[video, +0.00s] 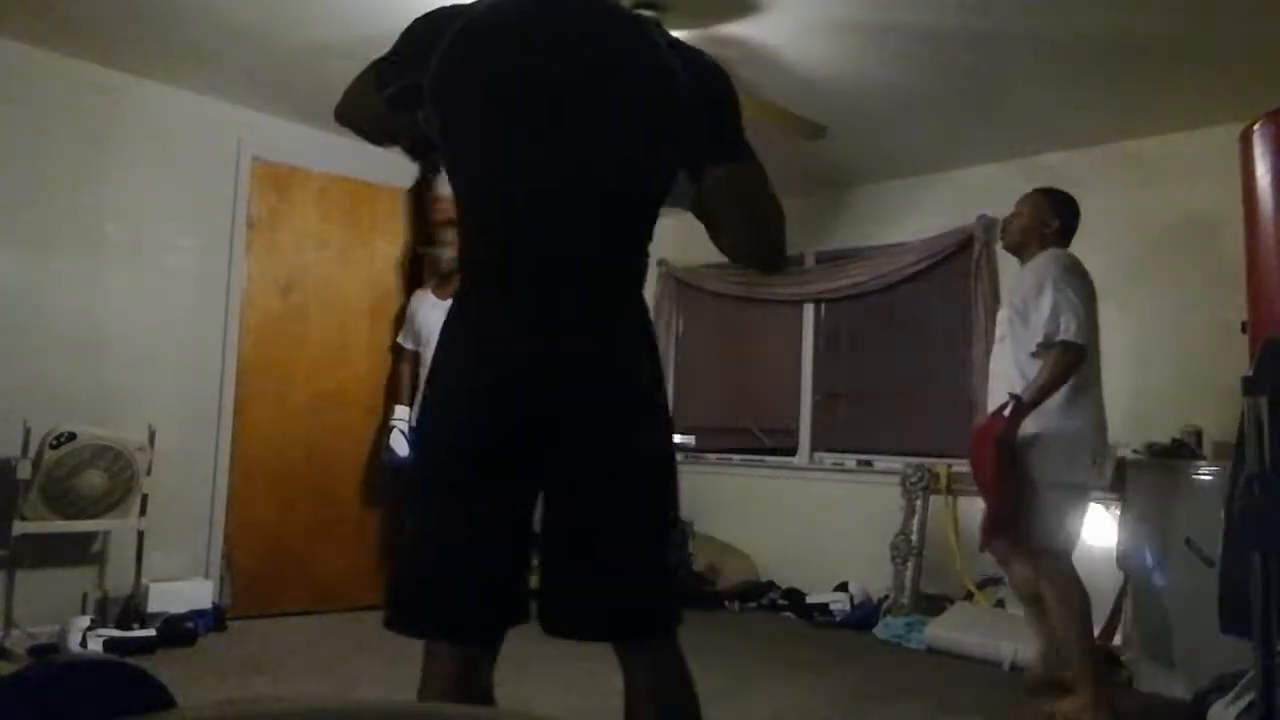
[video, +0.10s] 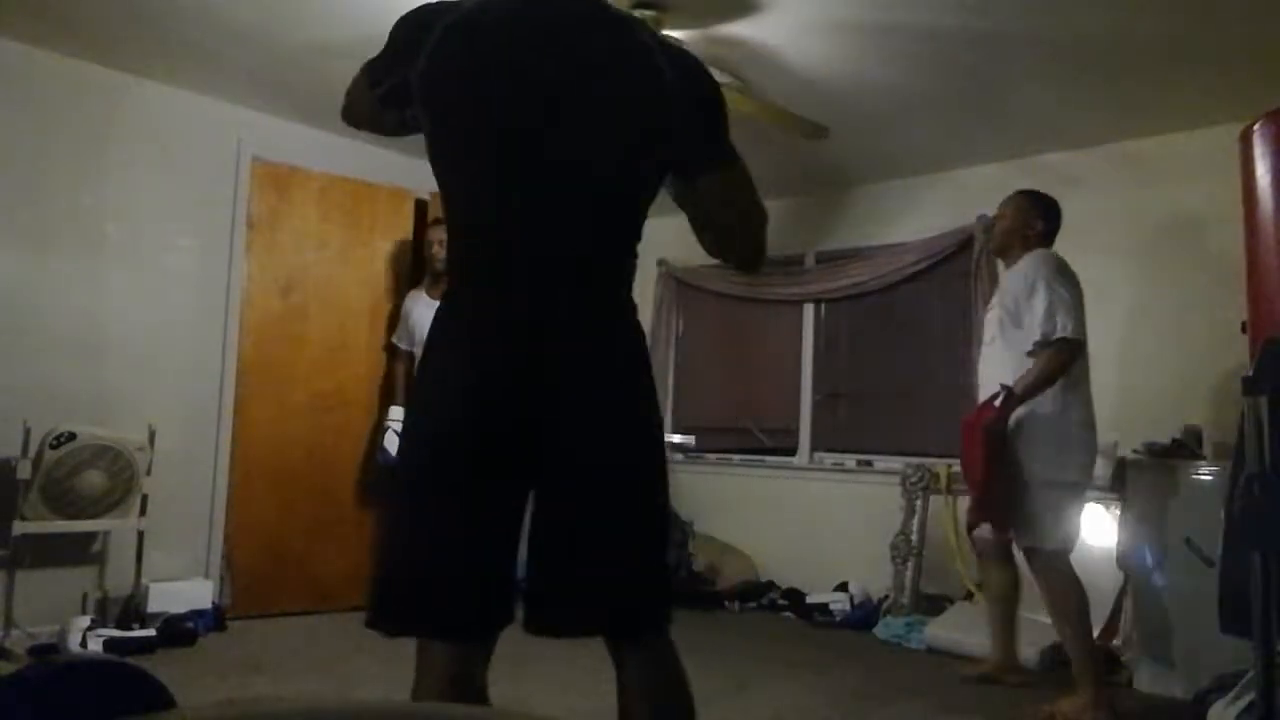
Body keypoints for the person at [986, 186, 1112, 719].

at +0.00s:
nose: (1007, 221)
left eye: (1018, 212)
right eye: (1011, 213)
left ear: (1048, 225)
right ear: (1049, 227)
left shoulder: (1056, 269)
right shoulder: (1039, 272)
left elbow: (1067, 350)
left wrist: (1014, 411)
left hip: (1055, 448)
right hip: (1033, 445)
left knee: (1049, 559)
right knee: (1009, 547)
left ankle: (1084, 691)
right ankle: (1058, 656)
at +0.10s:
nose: (991, 222)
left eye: (1001, 214)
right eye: (994, 215)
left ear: (1030, 227)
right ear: (1030, 229)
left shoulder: (1042, 269)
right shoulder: (1018, 275)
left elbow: (1063, 347)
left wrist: (1005, 402)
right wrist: (983, 254)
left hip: (1043, 442)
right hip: (1014, 439)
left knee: (1046, 554)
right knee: (990, 540)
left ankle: (1088, 692)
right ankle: (1003, 660)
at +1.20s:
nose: (884, 245)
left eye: (895, 237)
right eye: (885, 238)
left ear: (924, 247)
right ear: (893, 249)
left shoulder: (944, 294)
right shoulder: (886, 306)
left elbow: (988, 365)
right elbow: (873, 367)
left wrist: (924, 397)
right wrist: (853, 372)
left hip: (940, 449)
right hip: (893, 448)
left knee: (932, 553)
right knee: (887, 546)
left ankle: (990, 670)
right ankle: (922, 647)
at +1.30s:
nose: (869, 244)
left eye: (879, 235)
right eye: (870, 236)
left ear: (909, 244)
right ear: (882, 247)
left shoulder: (934, 291)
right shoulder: (873, 303)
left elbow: (974, 363)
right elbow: (868, 368)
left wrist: (926, 385)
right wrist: (846, 366)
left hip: (924, 440)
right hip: (880, 441)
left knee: (911, 541)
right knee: (881, 540)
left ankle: (970, 652)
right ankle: (919, 644)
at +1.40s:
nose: (861, 240)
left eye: (869, 231)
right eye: (861, 232)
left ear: (899, 237)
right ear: (873, 241)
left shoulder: (925, 282)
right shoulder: (865, 293)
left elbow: (972, 343)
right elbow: (858, 351)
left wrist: (916, 366)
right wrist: (843, 352)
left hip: (915, 432)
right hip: (875, 434)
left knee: (897, 534)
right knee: (886, 532)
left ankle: (931, 658)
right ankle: (916, 641)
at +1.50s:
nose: (851, 242)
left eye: (861, 232)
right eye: (852, 234)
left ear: (892, 238)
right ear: (867, 243)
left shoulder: (915, 280)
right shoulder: (861, 295)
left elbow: (960, 338)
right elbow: (849, 352)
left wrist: (901, 360)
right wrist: (833, 361)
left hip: (905, 441)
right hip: (870, 442)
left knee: (895, 544)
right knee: (884, 542)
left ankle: (906, 672)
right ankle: (917, 650)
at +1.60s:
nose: (842, 245)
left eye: (851, 236)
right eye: (843, 237)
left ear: (883, 243)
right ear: (866, 245)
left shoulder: (903, 286)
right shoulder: (860, 298)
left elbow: (940, 353)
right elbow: (853, 359)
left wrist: (867, 368)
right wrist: (824, 368)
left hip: (900, 451)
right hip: (869, 449)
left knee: (879, 548)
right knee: (878, 548)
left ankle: (904, 673)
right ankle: (914, 648)